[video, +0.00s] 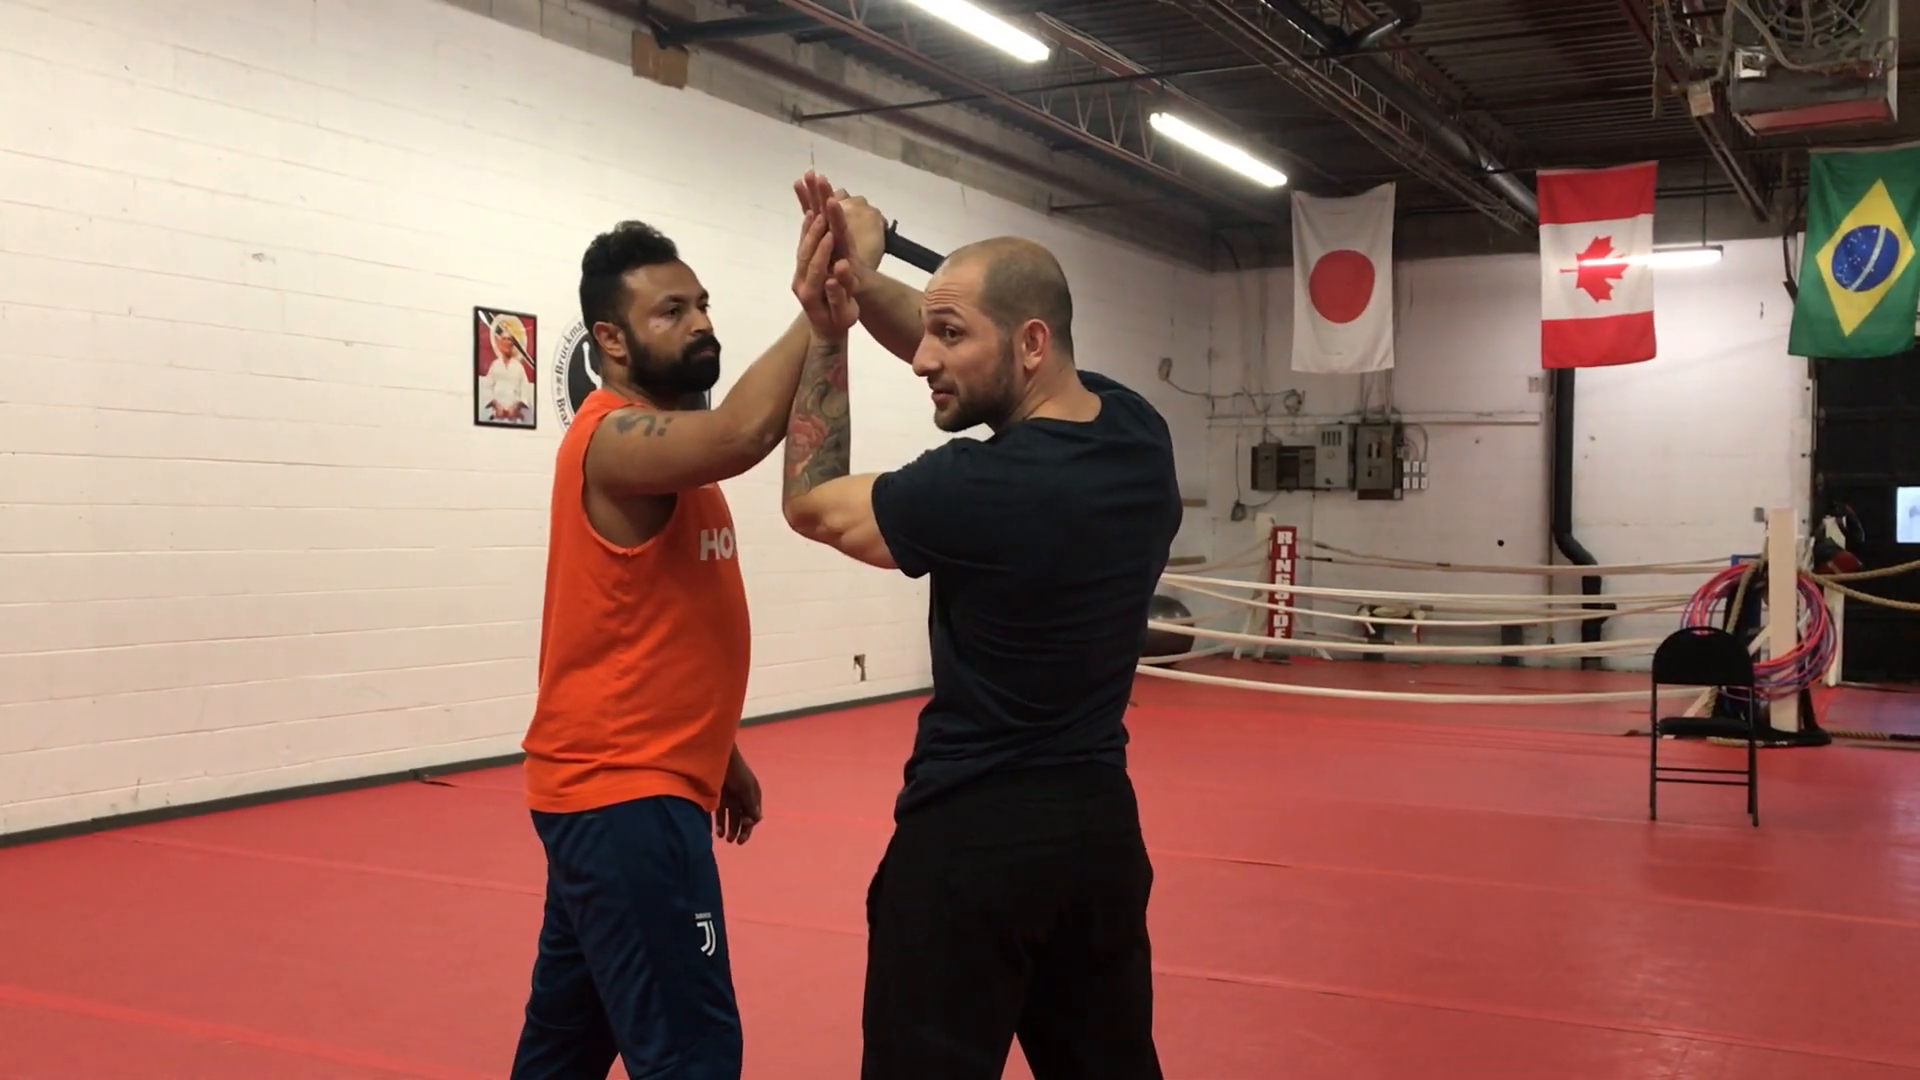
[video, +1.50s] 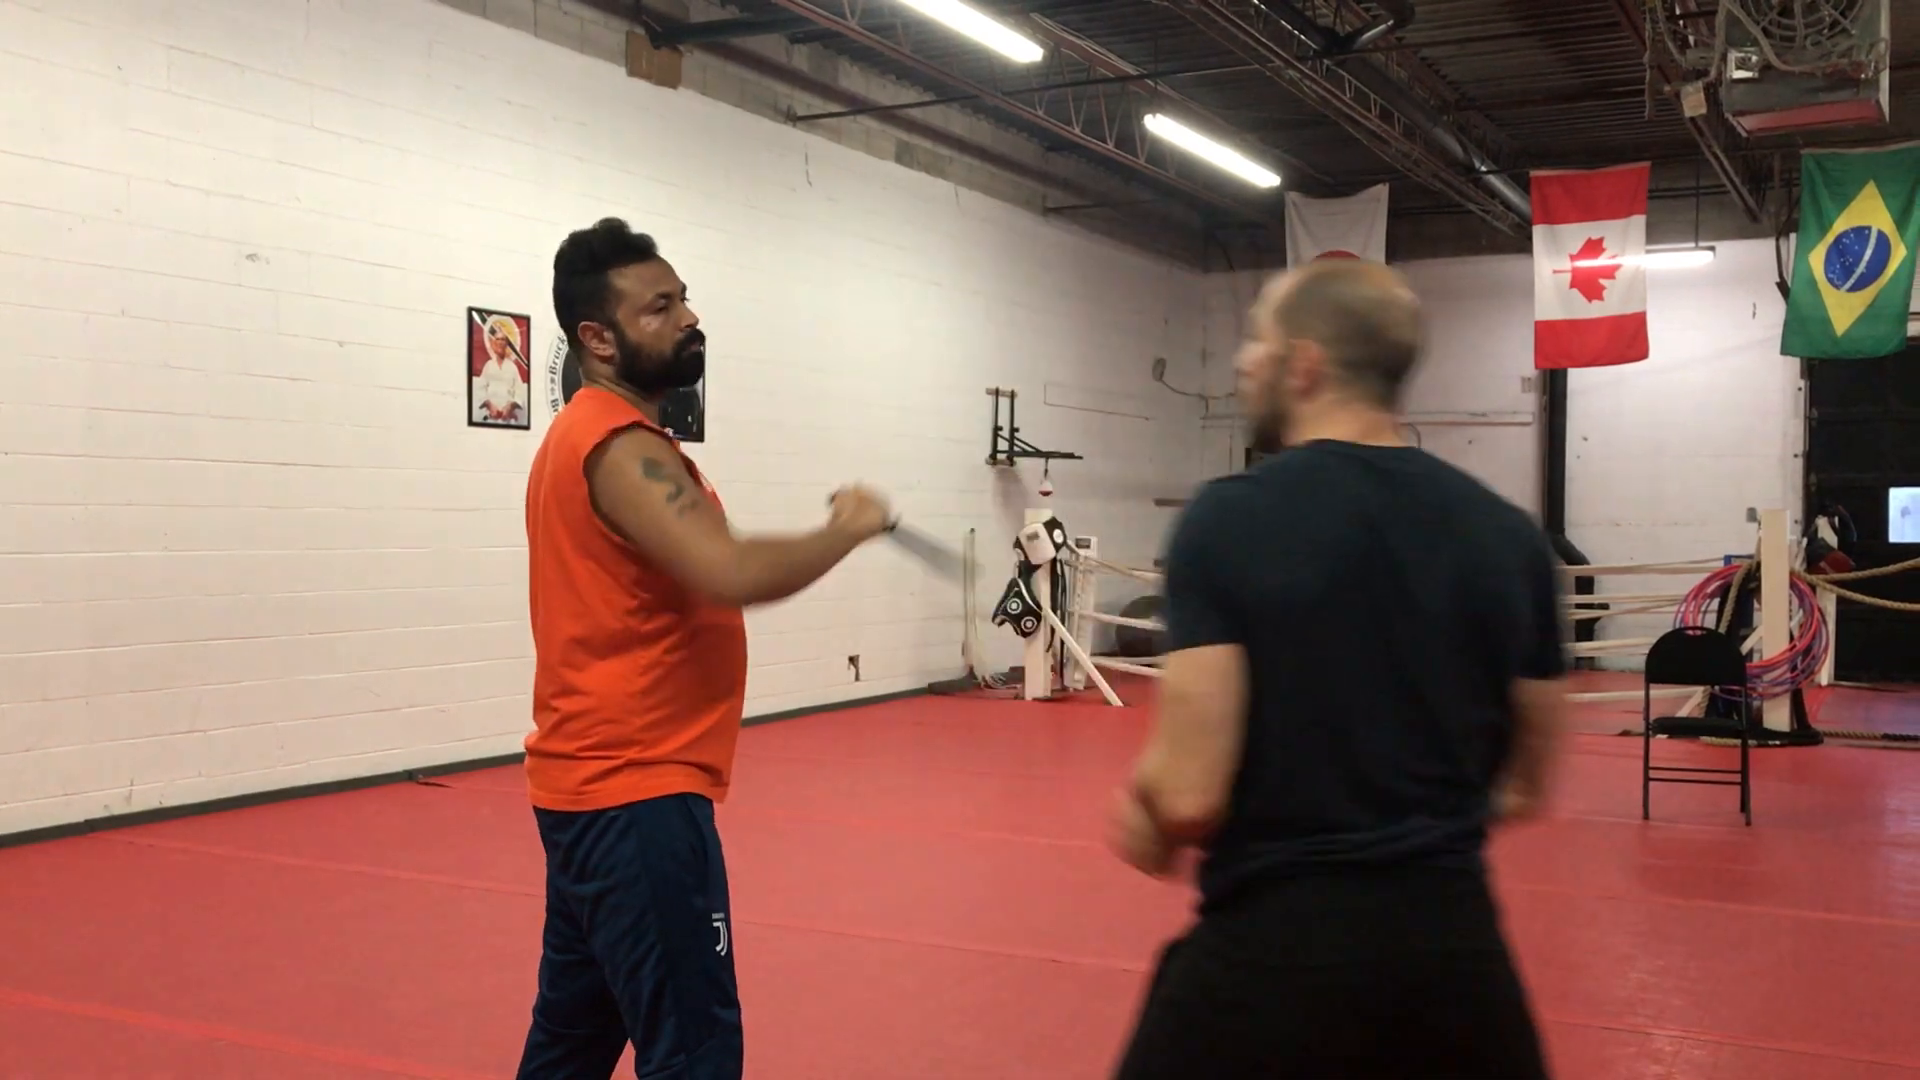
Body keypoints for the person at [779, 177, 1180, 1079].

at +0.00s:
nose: (927, 359)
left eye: (950, 333)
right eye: (927, 336)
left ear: (1029, 343)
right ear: (1033, 348)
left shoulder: (976, 490)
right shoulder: (1139, 434)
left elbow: (814, 504)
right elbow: (948, 338)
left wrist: (828, 326)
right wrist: (860, 271)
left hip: (962, 844)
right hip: (1097, 831)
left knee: (920, 1063)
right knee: (1112, 1068)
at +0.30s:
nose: (928, 360)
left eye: (952, 332)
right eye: (929, 335)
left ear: (1031, 342)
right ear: (1034, 348)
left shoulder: (978, 490)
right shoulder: (1142, 438)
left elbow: (816, 503)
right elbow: (956, 343)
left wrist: (830, 322)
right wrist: (868, 274)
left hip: (961, 847)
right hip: (1097, 835)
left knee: (920, 1062)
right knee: (1111, 1067)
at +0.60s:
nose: (916, 343)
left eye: (933, 322)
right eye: (922, 322)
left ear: (1006, 342)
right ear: (1017, 343)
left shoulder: (969, 482)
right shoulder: (1139, 434)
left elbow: (812, 498)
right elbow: (960, 353)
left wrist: (829, 319)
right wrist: (871, 272)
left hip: (960, 849)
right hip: (1097, 835)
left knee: (917, 1063)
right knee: (1109, 1066)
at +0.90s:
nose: (901, 321)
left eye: (905, 302)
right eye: (888, 302)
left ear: (942, 313)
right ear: (1033, 305)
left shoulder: (921, 457)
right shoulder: (1129, 417)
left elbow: (797, 494)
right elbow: (962, 384)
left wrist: (826, 327)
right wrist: (860, 273)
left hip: (992, 846)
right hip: (1139, 824)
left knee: (957, 1062)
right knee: (1171, 1066)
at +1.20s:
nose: (1009, 309)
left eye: (1014, 289)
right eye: (1011, 289)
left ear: (1051, 303)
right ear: (1147, 302)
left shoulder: (1002, 465)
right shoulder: (1240, 445)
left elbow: (872, 612)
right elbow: (1120, 528)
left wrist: (891, 471)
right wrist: (983, 430)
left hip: (1061, 874)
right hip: (1222, 858)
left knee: (1001, 1066)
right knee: (1303, 1069)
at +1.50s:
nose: (1239, 363)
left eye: (1255, 339)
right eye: (1247, 339)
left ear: (1305, 364)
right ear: (1394, 370)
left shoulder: (1229, 518)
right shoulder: (1506, 535)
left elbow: (1189, 798)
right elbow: (1527, 782)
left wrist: (1150, 806)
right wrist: (1399, 790)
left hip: (1260, 965)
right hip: (1452, 958)